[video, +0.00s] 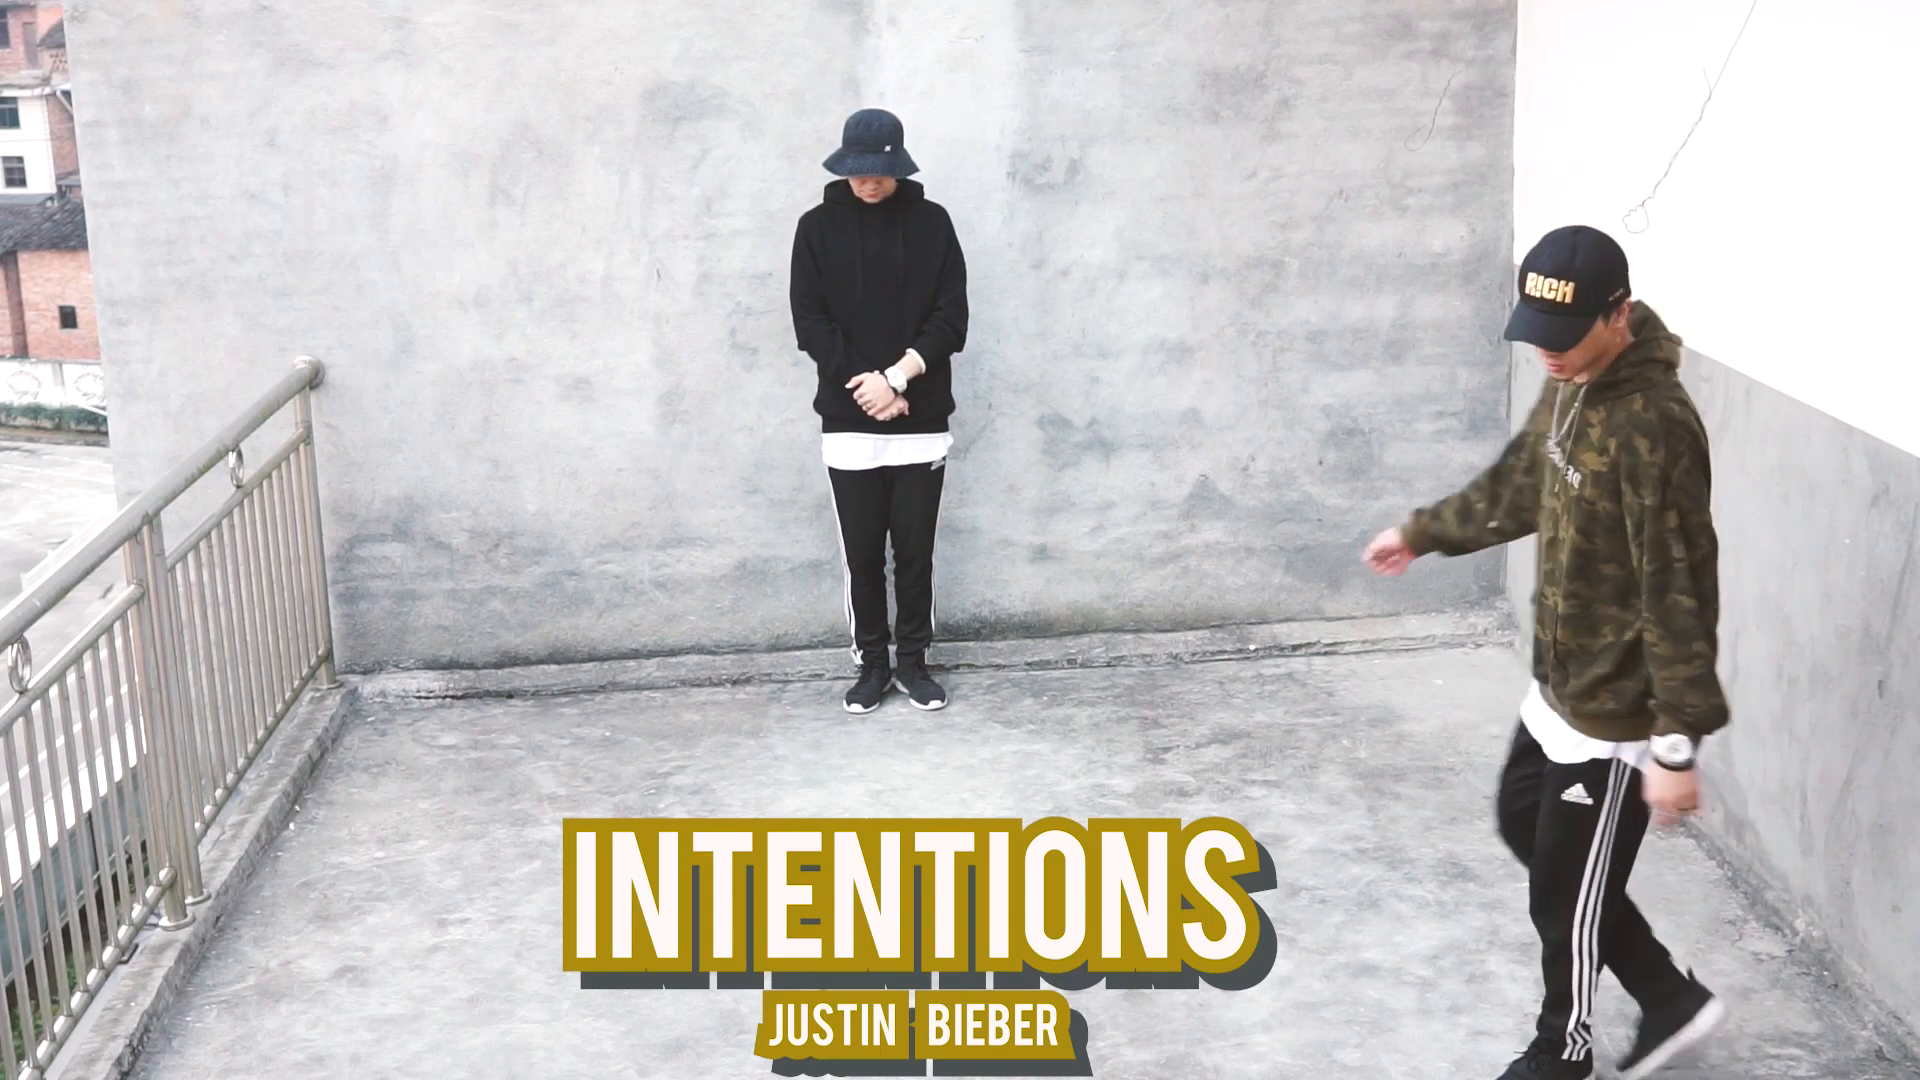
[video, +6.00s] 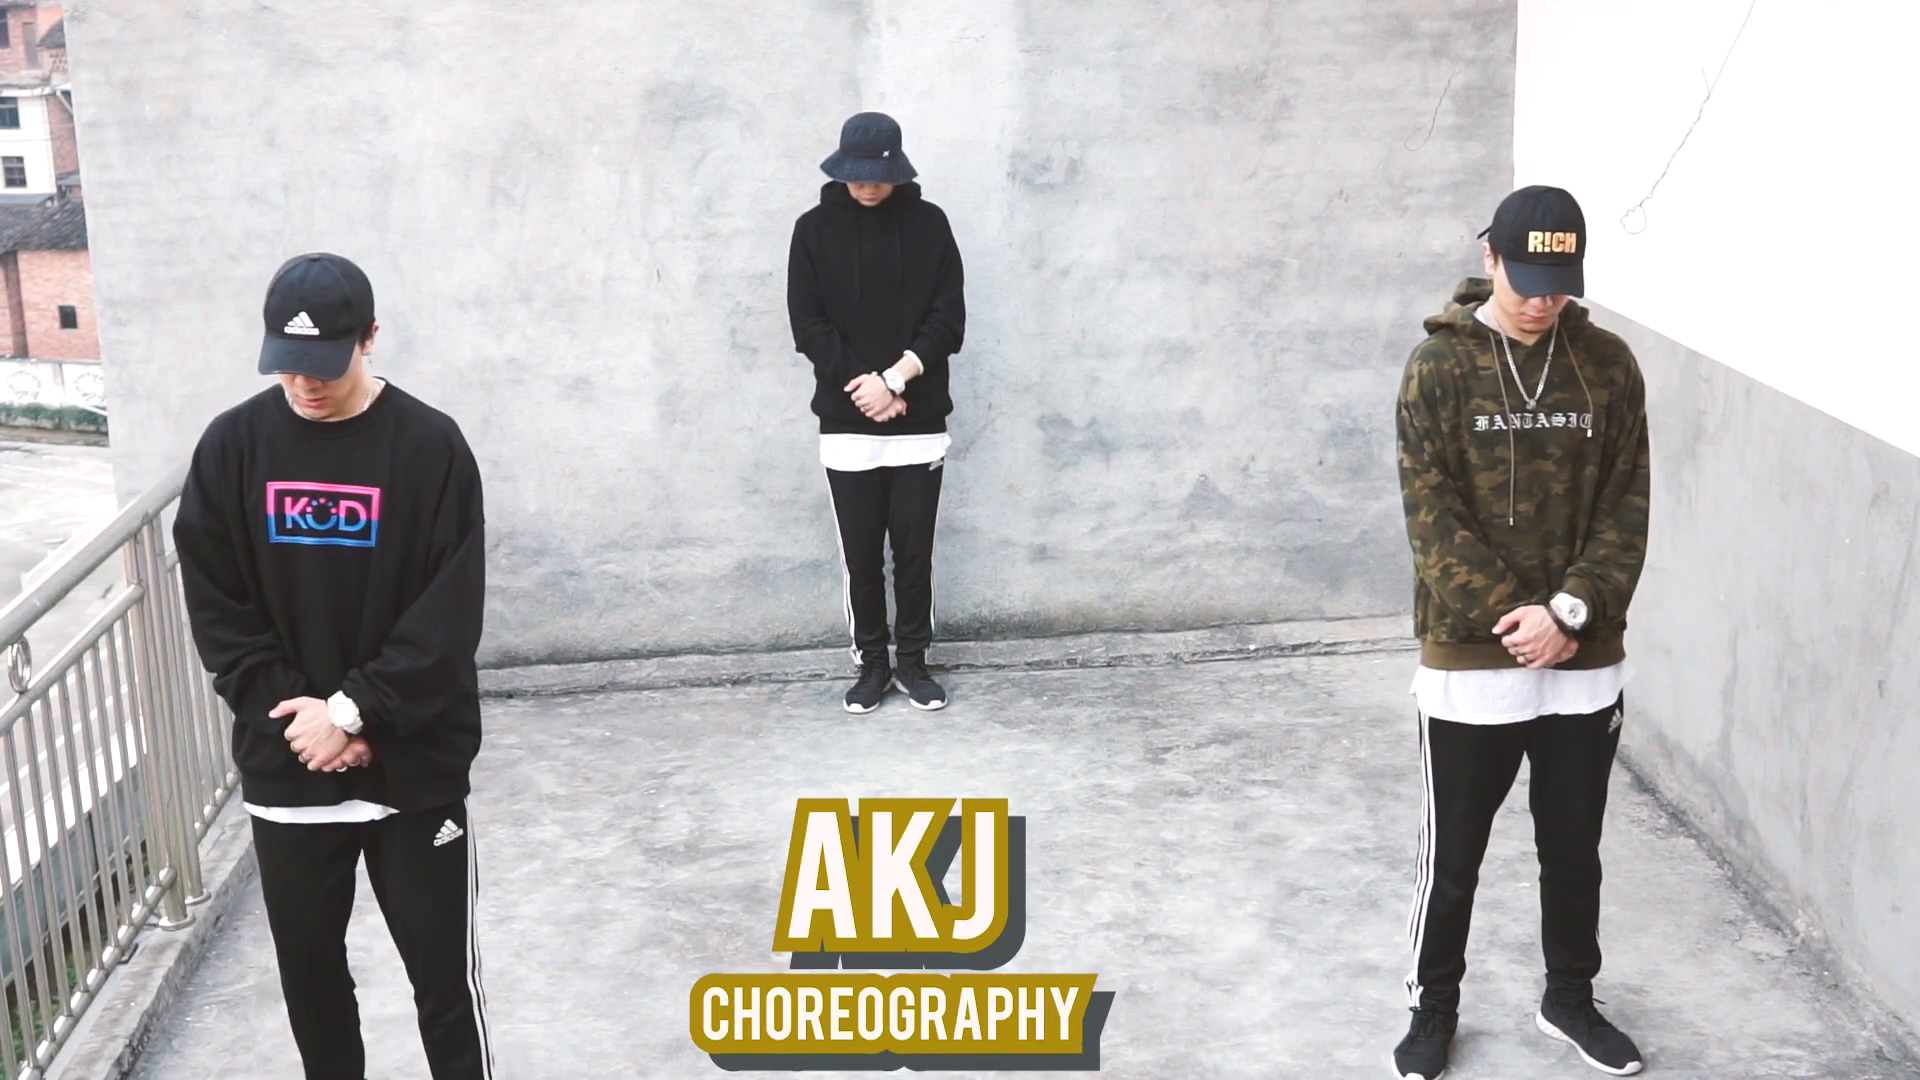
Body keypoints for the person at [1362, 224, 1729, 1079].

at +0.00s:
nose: (1549, 356)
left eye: (1565, 339)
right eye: (1539, 339)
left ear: (1619, 317)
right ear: (1531, 317)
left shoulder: (1655, 427)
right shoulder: (1571, 386)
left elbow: (1678, 591)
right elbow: (1518, 486)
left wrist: (1676, 747)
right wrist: (1423, 531)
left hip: (1621, 714)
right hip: (1560, 686)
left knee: (1569, 898)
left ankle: (1563, 1051)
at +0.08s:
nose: (1548, 351)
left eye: (1566, 334)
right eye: (1537, 333)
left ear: (1617, 312)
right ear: (1524, 312)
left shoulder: (1660, 424)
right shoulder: (1539, 383)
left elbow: (1669, 590)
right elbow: (1481, 492)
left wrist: (1639, 736)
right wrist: (1386, 550)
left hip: (1613, 710)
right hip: (1535, 682)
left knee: (1578, 896)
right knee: (1492, 825)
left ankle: (1565, 1048)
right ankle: (1619, 968)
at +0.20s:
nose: (1554, 345)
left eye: (1574, 329)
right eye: (1540, 325)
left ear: (1612, 312)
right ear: (1522, 308)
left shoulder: (1660, 412)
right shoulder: (1505, 376)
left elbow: (1653, 574)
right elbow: (1442, 495)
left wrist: (1583, 699)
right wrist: (1354, 585)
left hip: (1617, 697)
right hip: (1507, 677)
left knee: (1587, 883)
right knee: (1479, 852)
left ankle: (1567, 1041)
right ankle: (1528, 979)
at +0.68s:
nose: (1531, 322)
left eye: (1544, 304)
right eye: (1514, 304)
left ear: (1561, 290)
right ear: (1466, 282)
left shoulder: (1588, 372)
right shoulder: (1408, 386)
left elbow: (1616, 516)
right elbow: (1389, 543)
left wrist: (1568, 622)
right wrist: (1451, 668)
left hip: (1575, 677)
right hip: (1459, 684)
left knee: (1587, 870)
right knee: (1442, 873)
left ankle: (1584, 1031)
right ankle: (1427, 1020)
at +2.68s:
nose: (1558, 305)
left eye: (1574, 288)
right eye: (1542, 286)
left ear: (1594, 273)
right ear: (1502, 261)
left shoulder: (1618, 364)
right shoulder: (1449, 361)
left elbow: (1635, 509)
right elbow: (1439, 516)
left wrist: (1579, 610)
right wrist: (1528, 621)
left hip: (1591, 660)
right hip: (1476, 662)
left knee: (1579, 852)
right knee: (1456, 856)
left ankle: (1571, 997)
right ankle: (1433, 1009)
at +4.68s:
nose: (1545, 301)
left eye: (1561, 284)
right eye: (1529, 282)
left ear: (1581, 271)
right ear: (1491, 259)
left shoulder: (1609, 364)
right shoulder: (1440, 363)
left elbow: (1628, 508)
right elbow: (1432, 514)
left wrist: (1575, 612)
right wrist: (1519, 620)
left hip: (1584, 660)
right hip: (1470, 662)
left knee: (1575, 850)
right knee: (1453, 853)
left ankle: (1571, 998)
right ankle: (1433, 1007)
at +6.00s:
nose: (1547, 300)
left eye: (1562, 284)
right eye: (1531, 281)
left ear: (1582, 271)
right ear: (1491, 259)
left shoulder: (1610, 364)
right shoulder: (1440, 363)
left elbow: (1628, 508)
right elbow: (1431, 514)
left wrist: (1574, 613)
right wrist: (1519, 621)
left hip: (1583, 661)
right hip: (1469, 663)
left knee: (1574, 850)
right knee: (1452, 853)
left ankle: (1571, 998)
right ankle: (1433, 1006)